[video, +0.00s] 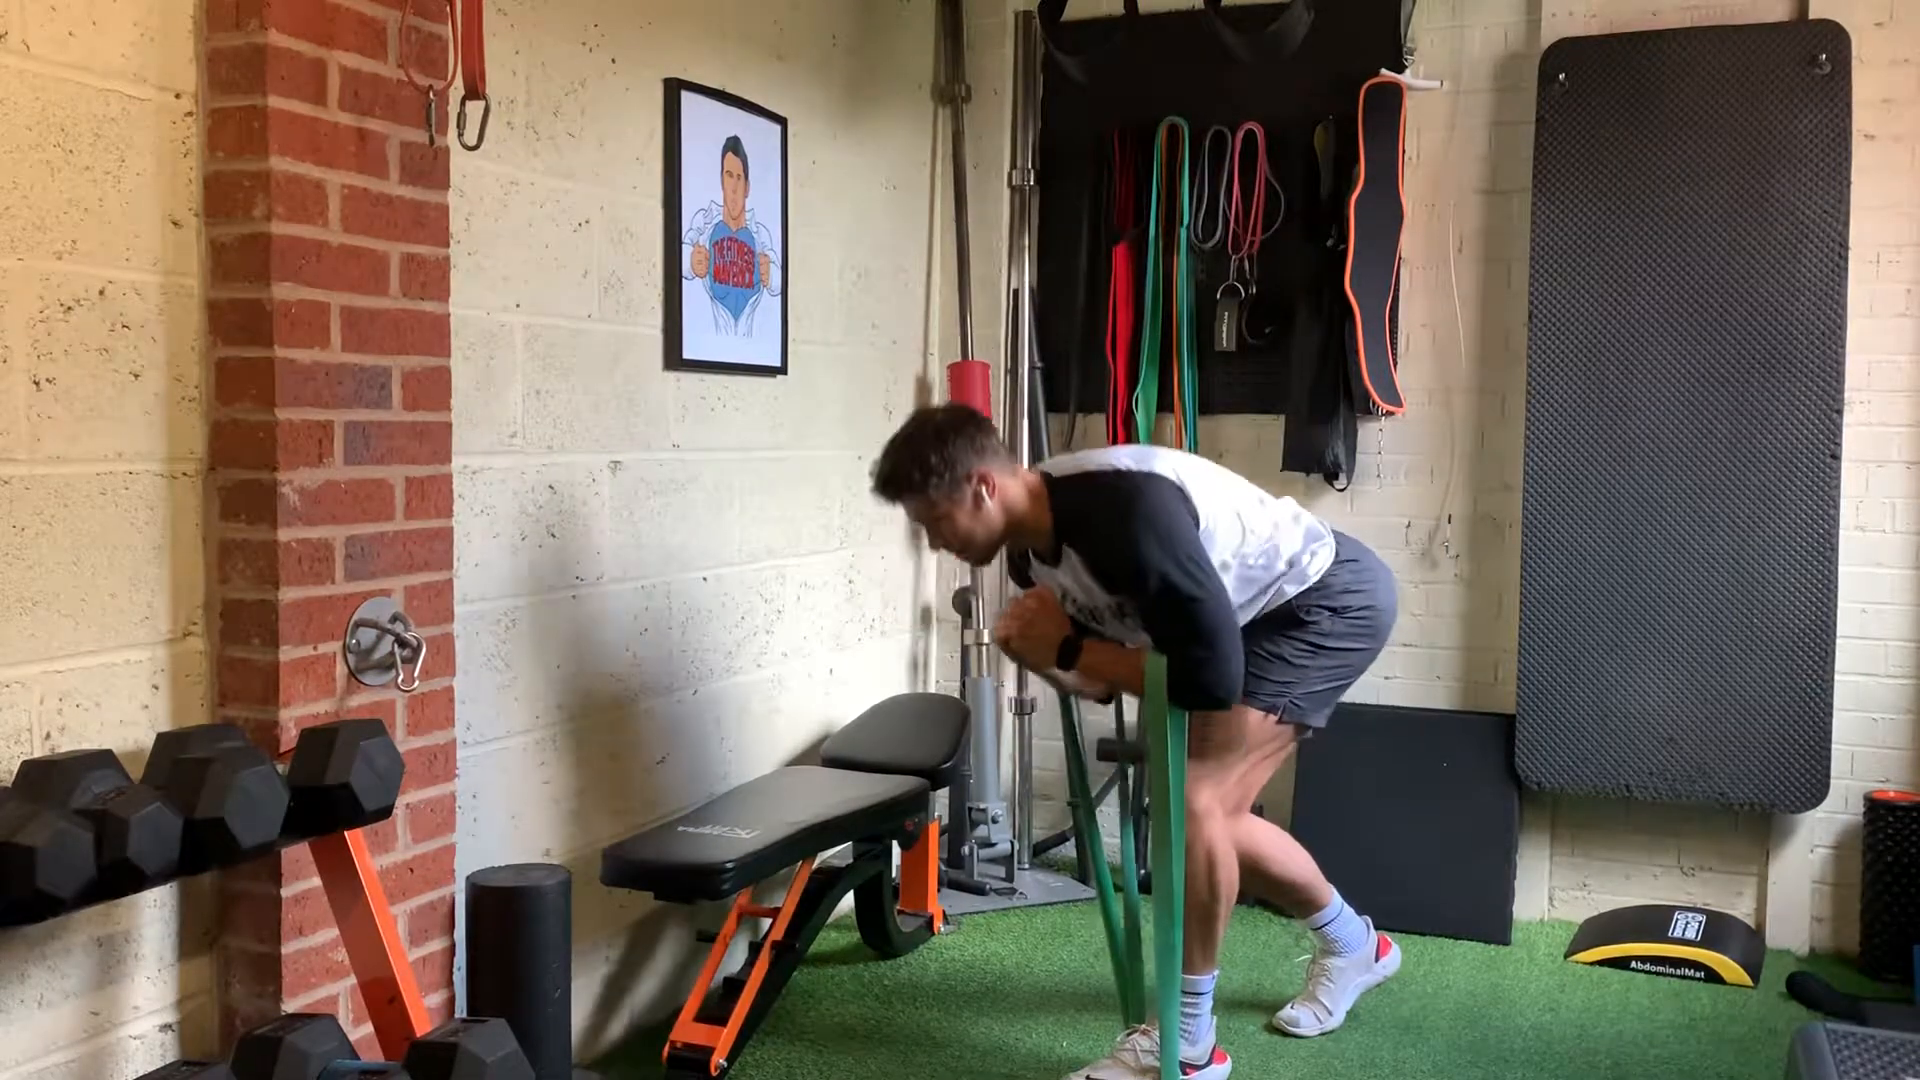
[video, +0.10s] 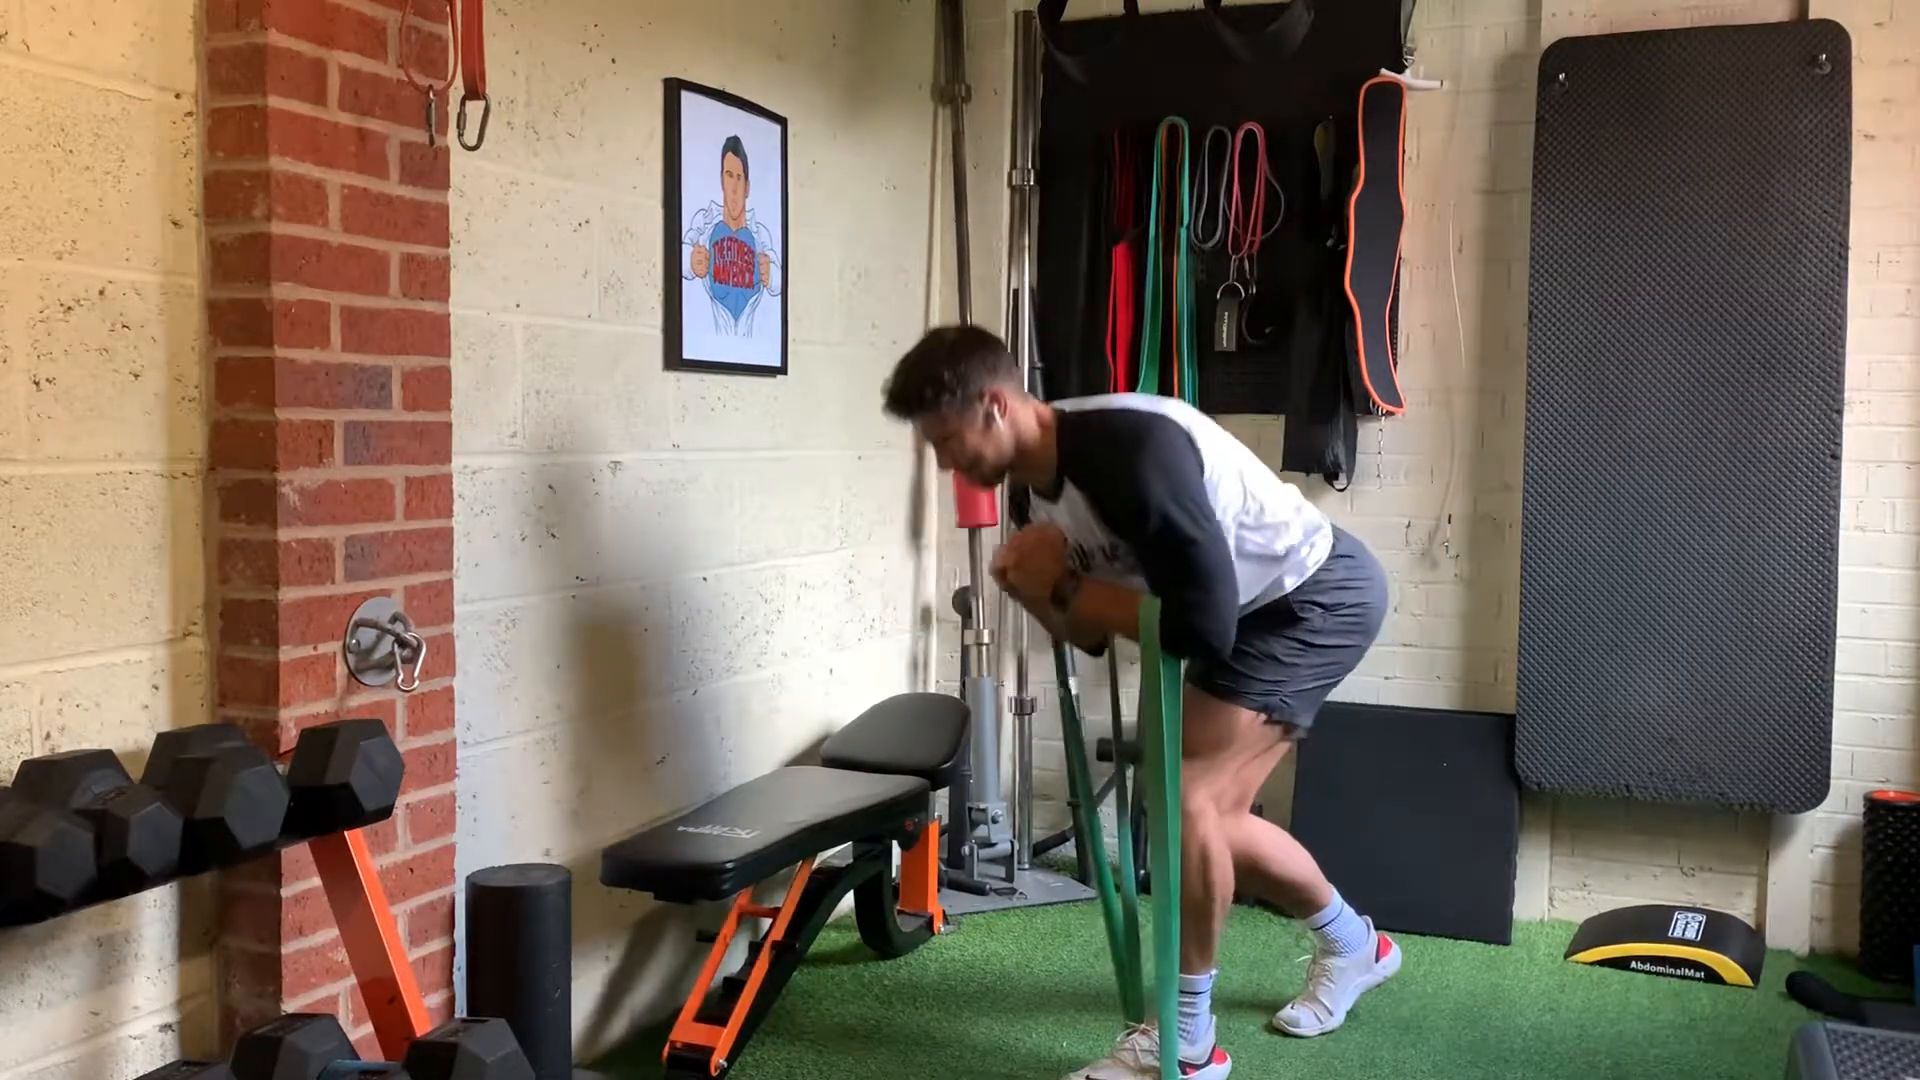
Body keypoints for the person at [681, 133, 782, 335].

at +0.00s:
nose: (733, 185)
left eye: (739, 177)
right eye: (729, 175)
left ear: (748, 187)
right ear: (721, 182)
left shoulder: (760, 232)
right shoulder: (705, 221)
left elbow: (779, 285)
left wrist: (770, 274)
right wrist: (691, 265)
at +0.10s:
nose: (733, 185)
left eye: (739, 177)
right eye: (729, 175)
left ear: (748, 187)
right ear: (721, 182)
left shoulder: (760, 232)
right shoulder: (705, 221)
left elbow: (779, 285)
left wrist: (770, 274)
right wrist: (691, 265)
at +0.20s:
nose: (733, 185)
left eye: (739, 177)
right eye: (729, 175)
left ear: (748, 187)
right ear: (721, 182)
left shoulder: (760, 232)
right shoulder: (705, 221)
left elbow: (779, 286)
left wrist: (770, 274)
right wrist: (691, 265)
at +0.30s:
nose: (733, 185)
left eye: (739, 177)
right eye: (729, 175)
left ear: (748, 187)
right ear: (721, 182)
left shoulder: (760, 232)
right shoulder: (705, 222)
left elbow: (779, 285)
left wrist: (770, 274)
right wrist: (691, 265)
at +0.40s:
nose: (733, 185)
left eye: (739, 177)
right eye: (729, 175)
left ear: (748, 187)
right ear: (721, 181)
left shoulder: (760, 232)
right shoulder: (705, 221)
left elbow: (779, 285)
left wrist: (770, 274)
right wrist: (691, 265)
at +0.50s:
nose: (733, 185)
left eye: (739, 177)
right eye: (729, 175)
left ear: (748, 187)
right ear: (721, 181)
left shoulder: (760, 232)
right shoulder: (705, 221)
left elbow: (779, 285)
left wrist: (770, 274)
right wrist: (691, 265)